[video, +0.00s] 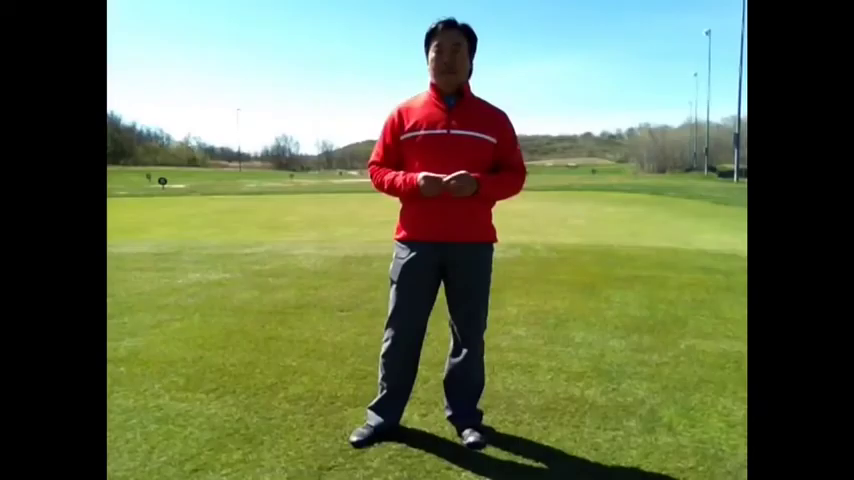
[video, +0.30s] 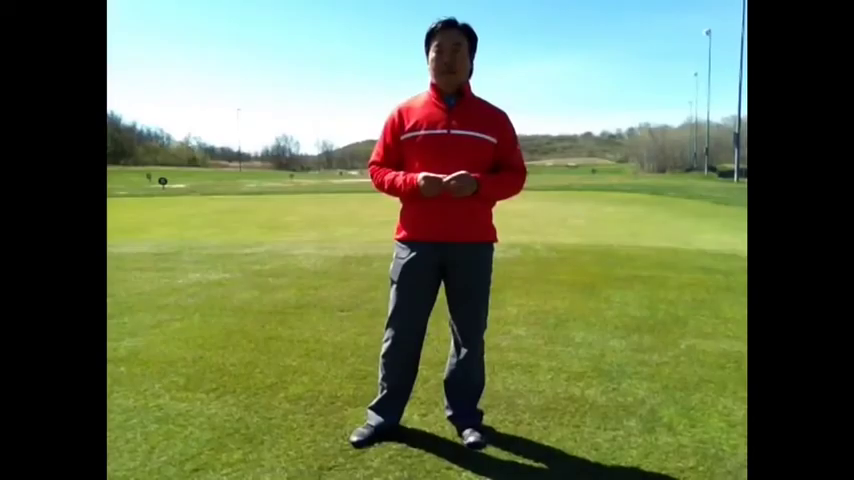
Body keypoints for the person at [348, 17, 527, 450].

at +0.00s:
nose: (445, 56)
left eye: (455, 49)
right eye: (438, 48)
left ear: (471, 59)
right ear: (426, 58)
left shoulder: (494, 119)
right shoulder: (403, 116)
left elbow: (515, 176)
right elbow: (378, 172)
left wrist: (480, 184)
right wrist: (414, 182)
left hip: (472, 245)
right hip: (415, 243)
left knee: (469, 337)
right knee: (400, 333)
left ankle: (467, 419)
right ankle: (383, 417)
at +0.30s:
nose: (446, 56)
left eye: (456, 49)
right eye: (438, 48)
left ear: (471, 58)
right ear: (427, 58)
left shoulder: (494, 119)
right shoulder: (403, 115)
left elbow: (516, 176)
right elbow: (378, 171)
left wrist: (480, 184)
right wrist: (415, 182)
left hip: (472, 245)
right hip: (416, 243)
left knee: (470, 337)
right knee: (400, 333)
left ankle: (467, 419)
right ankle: (383, 417)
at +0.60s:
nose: (446, 57)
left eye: (456, 50)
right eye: (439, 49)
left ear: (472, 59)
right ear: (427, 58)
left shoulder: (494, 120)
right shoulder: (403, 116)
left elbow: (516, 177)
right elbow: (378, 171)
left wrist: (480, 185)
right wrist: (414, 182)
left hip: (472, 245)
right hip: (415, 243)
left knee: (469, 337)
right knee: (400, 333)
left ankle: (467, 419)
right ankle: (383, 417)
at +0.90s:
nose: (447, 57)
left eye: (457, 49)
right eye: (439, 49)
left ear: (472, 59)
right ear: (427, 59)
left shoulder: (495, 120)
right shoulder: (404, 116)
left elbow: (516, 176)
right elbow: (379, 171)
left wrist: (480, 185)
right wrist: (415, 181)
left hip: (472, 245)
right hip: (415, 243)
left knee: (469, 337)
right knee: (400, 332)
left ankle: (467, 419)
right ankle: (383, 417)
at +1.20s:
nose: (447, 58)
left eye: (457, 50)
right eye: (439, 50)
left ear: (472, 60)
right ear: (428, 60)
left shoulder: (495, 120)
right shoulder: (404, 116)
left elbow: (515, 177)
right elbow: (379, 171)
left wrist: (480, 184)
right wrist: (414, 182)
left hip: (472, 245)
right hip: (415, 242)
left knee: (469, 336)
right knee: (400, 332)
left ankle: (467, 419)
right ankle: (383, 417)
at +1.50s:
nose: (448, 58)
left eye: (457, 50)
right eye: (439, 51)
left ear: (472, 59)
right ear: (427, 61)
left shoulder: (495, 121)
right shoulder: (405, 116)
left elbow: (516, 176)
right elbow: (379, 170)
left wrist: (485, 184)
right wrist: (408, 179)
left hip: (472, 245)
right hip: (416, 242)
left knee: (469, 336)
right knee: (400, 332)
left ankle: (467, 418)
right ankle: (383, 417)